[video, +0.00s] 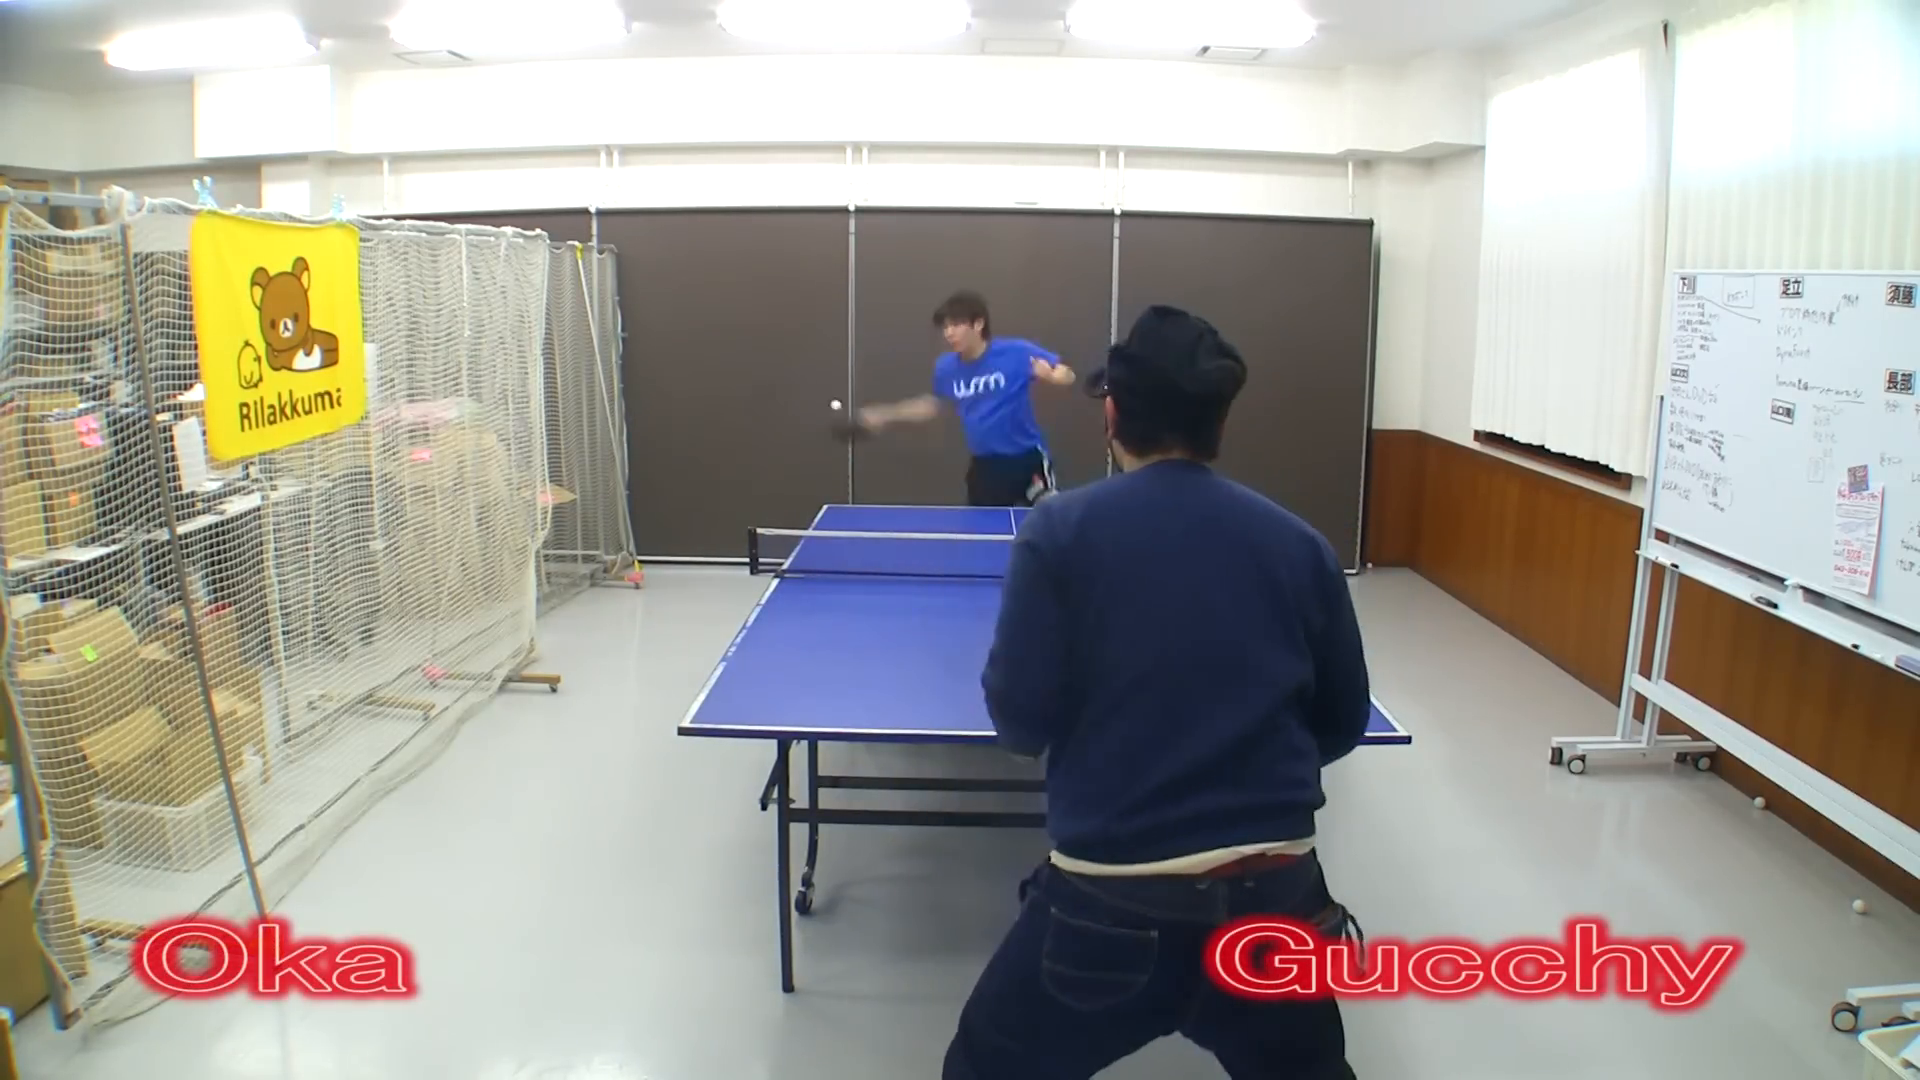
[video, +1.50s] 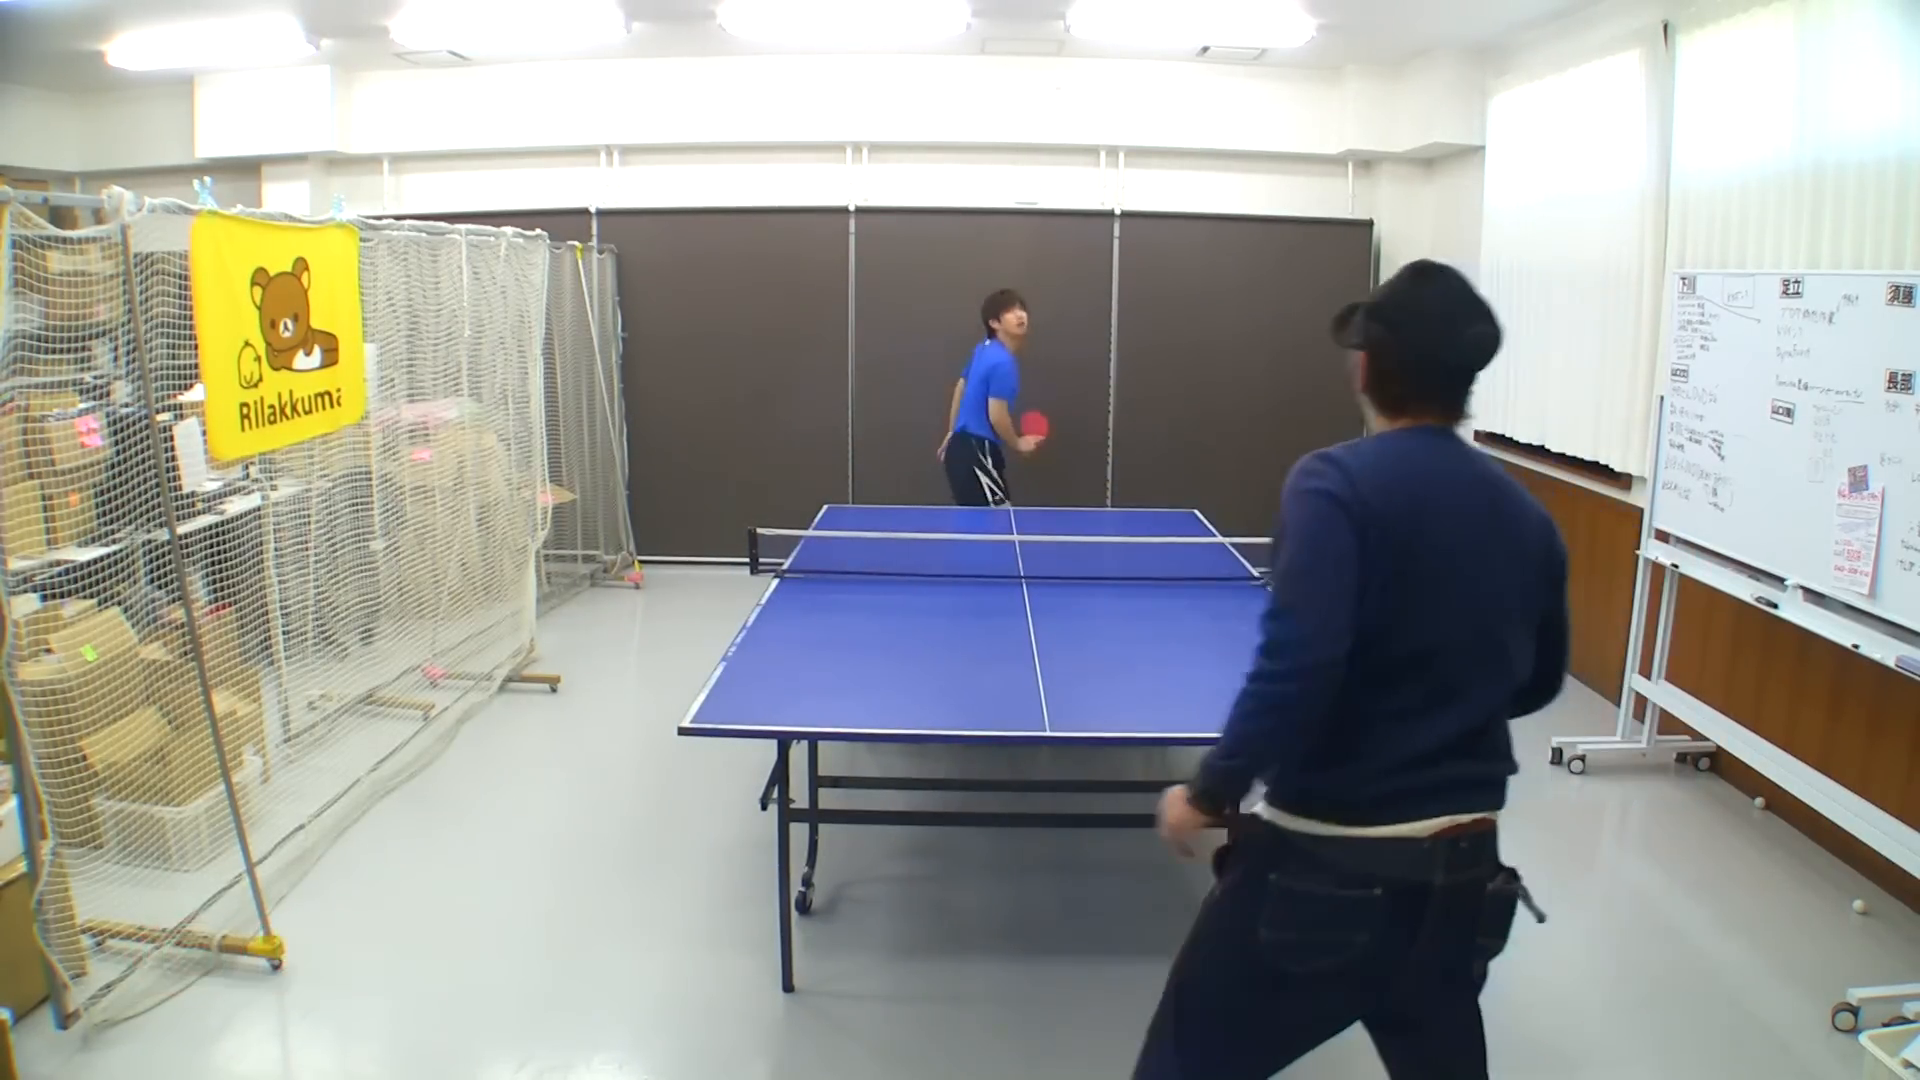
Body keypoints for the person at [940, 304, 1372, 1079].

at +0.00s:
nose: (1100, 406)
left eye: (1103, 393)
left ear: (1112, 412)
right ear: (1219, 419)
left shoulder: (1060, 531)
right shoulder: (1298, 542)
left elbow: (1021, 716)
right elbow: (1340, 719)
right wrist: (1232, 737)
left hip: (1108, 921)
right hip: (1275, 914)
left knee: (985, 1069)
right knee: (1315, 1071)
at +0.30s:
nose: (1249, 401)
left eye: (1255, 389)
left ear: (1262, 407)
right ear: (1369, 421)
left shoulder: (1199, 493)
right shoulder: (1412, 538)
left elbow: (1123, 611)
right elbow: (1551, 605)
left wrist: (1044, 719)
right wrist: (1505, 632)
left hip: (1129, 888)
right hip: (1289, 902)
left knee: (1030, 1067)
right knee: (1310, 1062)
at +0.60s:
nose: (1397, 372)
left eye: (1399, 361)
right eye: (1401, 361)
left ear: (1411, 369)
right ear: (1515, 388)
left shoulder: (1381, 448)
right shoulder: (1568, 525)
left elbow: (1324, 564)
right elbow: (1637, 678)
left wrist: (1182, 689)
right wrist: (1595, 821)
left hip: (1272, 824)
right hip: (1425, 869)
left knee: (1075, 1005)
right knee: (1404, 1069)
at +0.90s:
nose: (1472, 359)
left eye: (1475, 345)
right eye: (1477, 342)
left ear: (1487, 356)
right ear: (1590, 374)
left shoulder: (1430, 440)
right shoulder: (1637, 516)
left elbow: (1305, 542)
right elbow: (1704, 692)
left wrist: (1148, 618)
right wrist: (1654, 816)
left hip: (1361, 840)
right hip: (1510, 863)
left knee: (1237, 1057)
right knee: (1486, 1062)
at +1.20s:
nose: (1477, 351)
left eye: (1480, 338)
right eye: (1483, 336)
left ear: (1489, 353)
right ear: (1588, 377)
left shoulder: (1435, 452)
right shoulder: (1640, 521)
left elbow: (1353, 610)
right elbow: (1648, 703)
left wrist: (1247, 747)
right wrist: (1552, 753)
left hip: (1373, 845)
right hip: (1521, 863)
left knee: (1227, 1055)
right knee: (1490, 1069)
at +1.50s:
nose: (1351, 363)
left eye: (1356, 349)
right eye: (1356, 347)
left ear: (1368, 366)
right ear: (1466, 374)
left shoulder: (1333, 484)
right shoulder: (1523, 512)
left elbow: (1302, 658)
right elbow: (1538, 678)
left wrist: (1210, 789)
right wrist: (1422, 705)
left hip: (1317, 882)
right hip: (1458, 882)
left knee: (1180, 1068)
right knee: (1450, 1069)